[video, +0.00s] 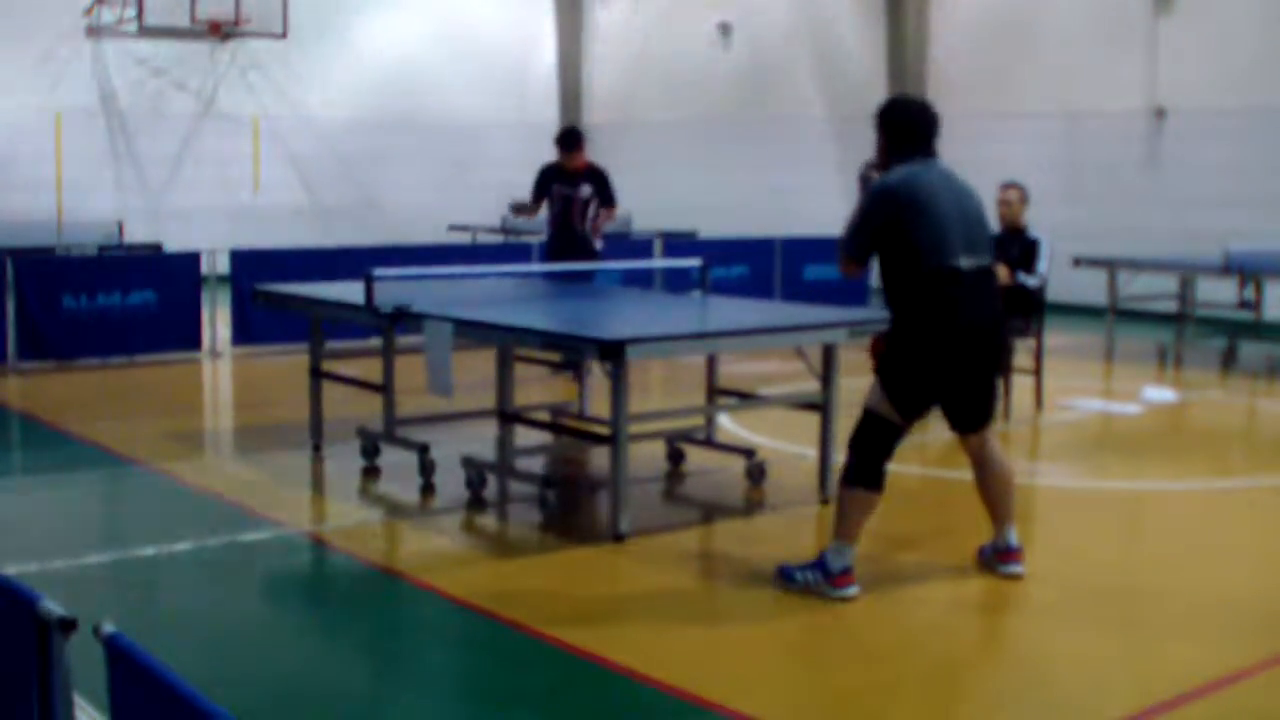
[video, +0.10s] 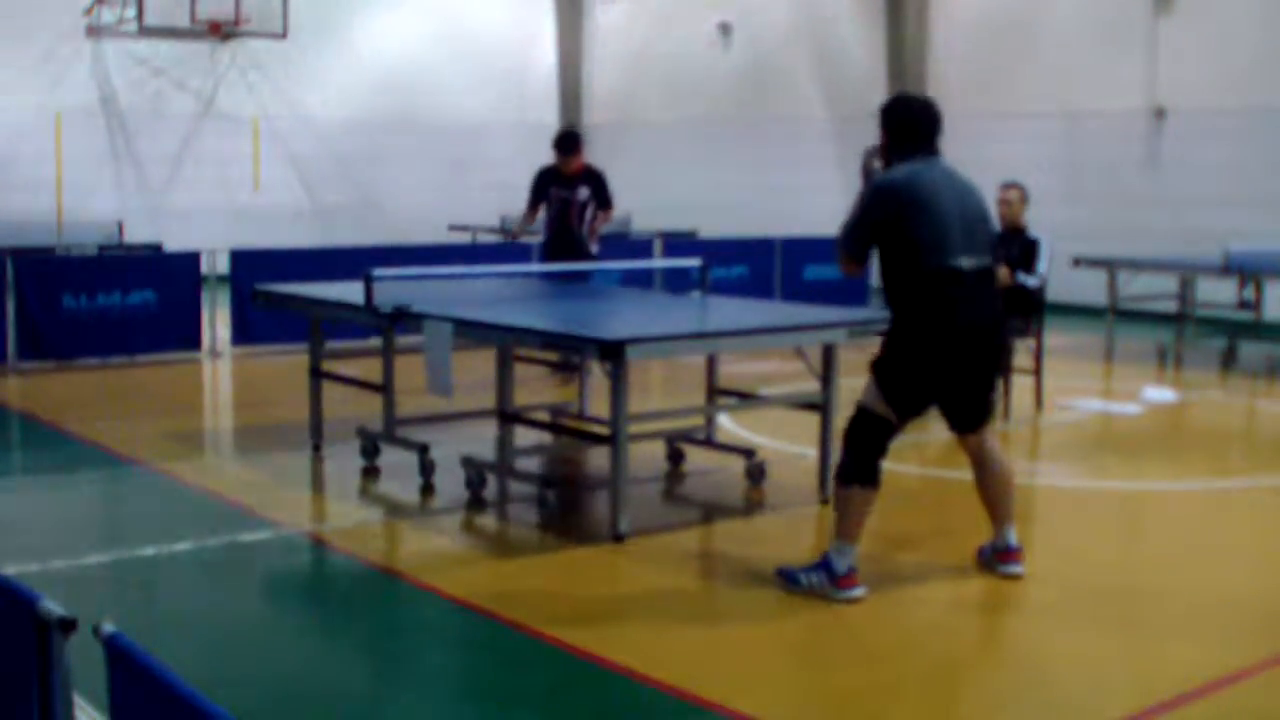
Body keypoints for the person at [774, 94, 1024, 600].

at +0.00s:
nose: (876, 145)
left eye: (879, 137)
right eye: (881, 136)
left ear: (885, 142)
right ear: (931, 138)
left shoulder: (888, 192)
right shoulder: (959, 188)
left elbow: (851, 264)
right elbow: (982, 267)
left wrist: (869, 197)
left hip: (921, 339)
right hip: (979, 338)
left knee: (869, 444)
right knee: (979, 438)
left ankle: (837, 562)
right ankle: (1007, 544)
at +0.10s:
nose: (880, 142)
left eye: (882, 135)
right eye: (886, 134)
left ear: (887, 139)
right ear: (935, 137)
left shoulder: (888, 190)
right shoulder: (964, 188)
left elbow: (851, 262)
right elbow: (991, 267)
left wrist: (871, 188)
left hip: (920, 340)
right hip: (979, 339)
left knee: (865, 435)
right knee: (977, 435)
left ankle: (840, 562)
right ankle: (1007, 544)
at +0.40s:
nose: (866, 148)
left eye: (869, 140)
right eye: (869, 139)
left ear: (874, 144)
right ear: (923, 141)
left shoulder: (871, 198)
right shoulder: (961, 195)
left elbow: (836, 270)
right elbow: (997, 277)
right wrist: (959, 309)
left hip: (902, 352)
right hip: (970, 350)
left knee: (848, 443)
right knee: (982, 440)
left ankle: (840, 563)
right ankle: (1017, 545)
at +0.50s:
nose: (871, 155)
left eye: (874, 147)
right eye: (873, 146)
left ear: (881, 150)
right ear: (927, 144)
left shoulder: (883, 201)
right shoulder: (968, 198)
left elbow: (860, 276)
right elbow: (1002, 280)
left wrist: (851, 330)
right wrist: (965, 311)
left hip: (917, 351)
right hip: (982, 350)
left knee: (864, 441)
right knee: (990, 444)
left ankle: (841, 562)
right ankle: (1022, 548)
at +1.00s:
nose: (857, 215)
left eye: (857, 207)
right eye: (857, 207)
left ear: (866, 204)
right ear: (909, 196)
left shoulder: (875, 231)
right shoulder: (945, 231)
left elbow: (881, 294)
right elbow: (985, 283)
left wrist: (869, 360)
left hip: (937, 350)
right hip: (999, 348)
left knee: (861, 443)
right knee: (995, 441)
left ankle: (846, 568)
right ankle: (1024, 547)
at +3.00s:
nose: (848, 210)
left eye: (847, 201)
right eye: (846, 201)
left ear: (855, 200)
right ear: (899, 189)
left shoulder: (870, 224)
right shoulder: (932, 219)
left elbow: (885, 280)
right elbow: (933, 278)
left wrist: (878, 360)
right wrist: (853, 285)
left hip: (939, 342)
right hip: (999, 337)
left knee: (861, 434)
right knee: (993, 431)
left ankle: (845, 558)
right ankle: (1021, 537)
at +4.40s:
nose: (860, 192)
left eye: (861, 185)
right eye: (862, 185)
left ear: (869, 184)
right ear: (914, 180)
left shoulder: (875, 216)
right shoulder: (944, 213)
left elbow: (877, 280)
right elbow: (987, 267)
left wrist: (875, 361)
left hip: (935, 339)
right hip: (996, 338)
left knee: (861, 435)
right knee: (994, 431)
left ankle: (843, 556)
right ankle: (1020, 535)